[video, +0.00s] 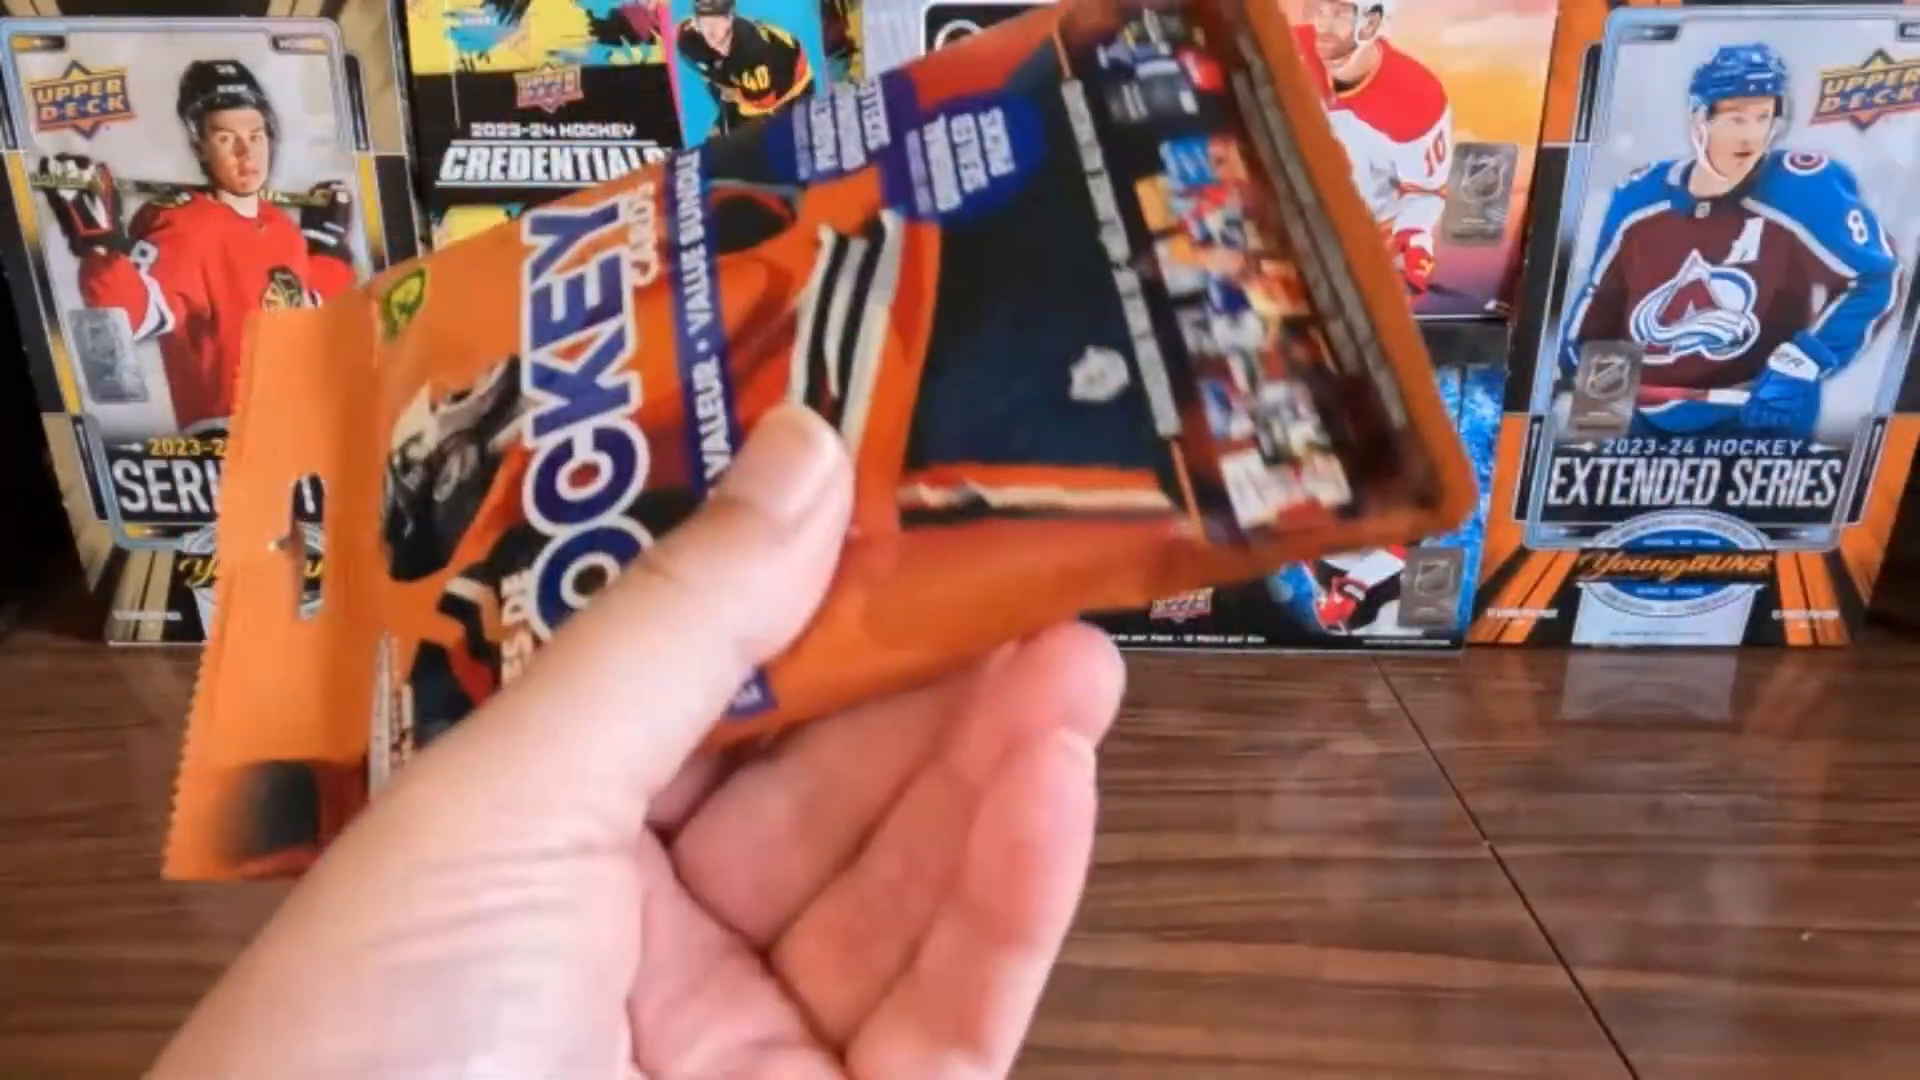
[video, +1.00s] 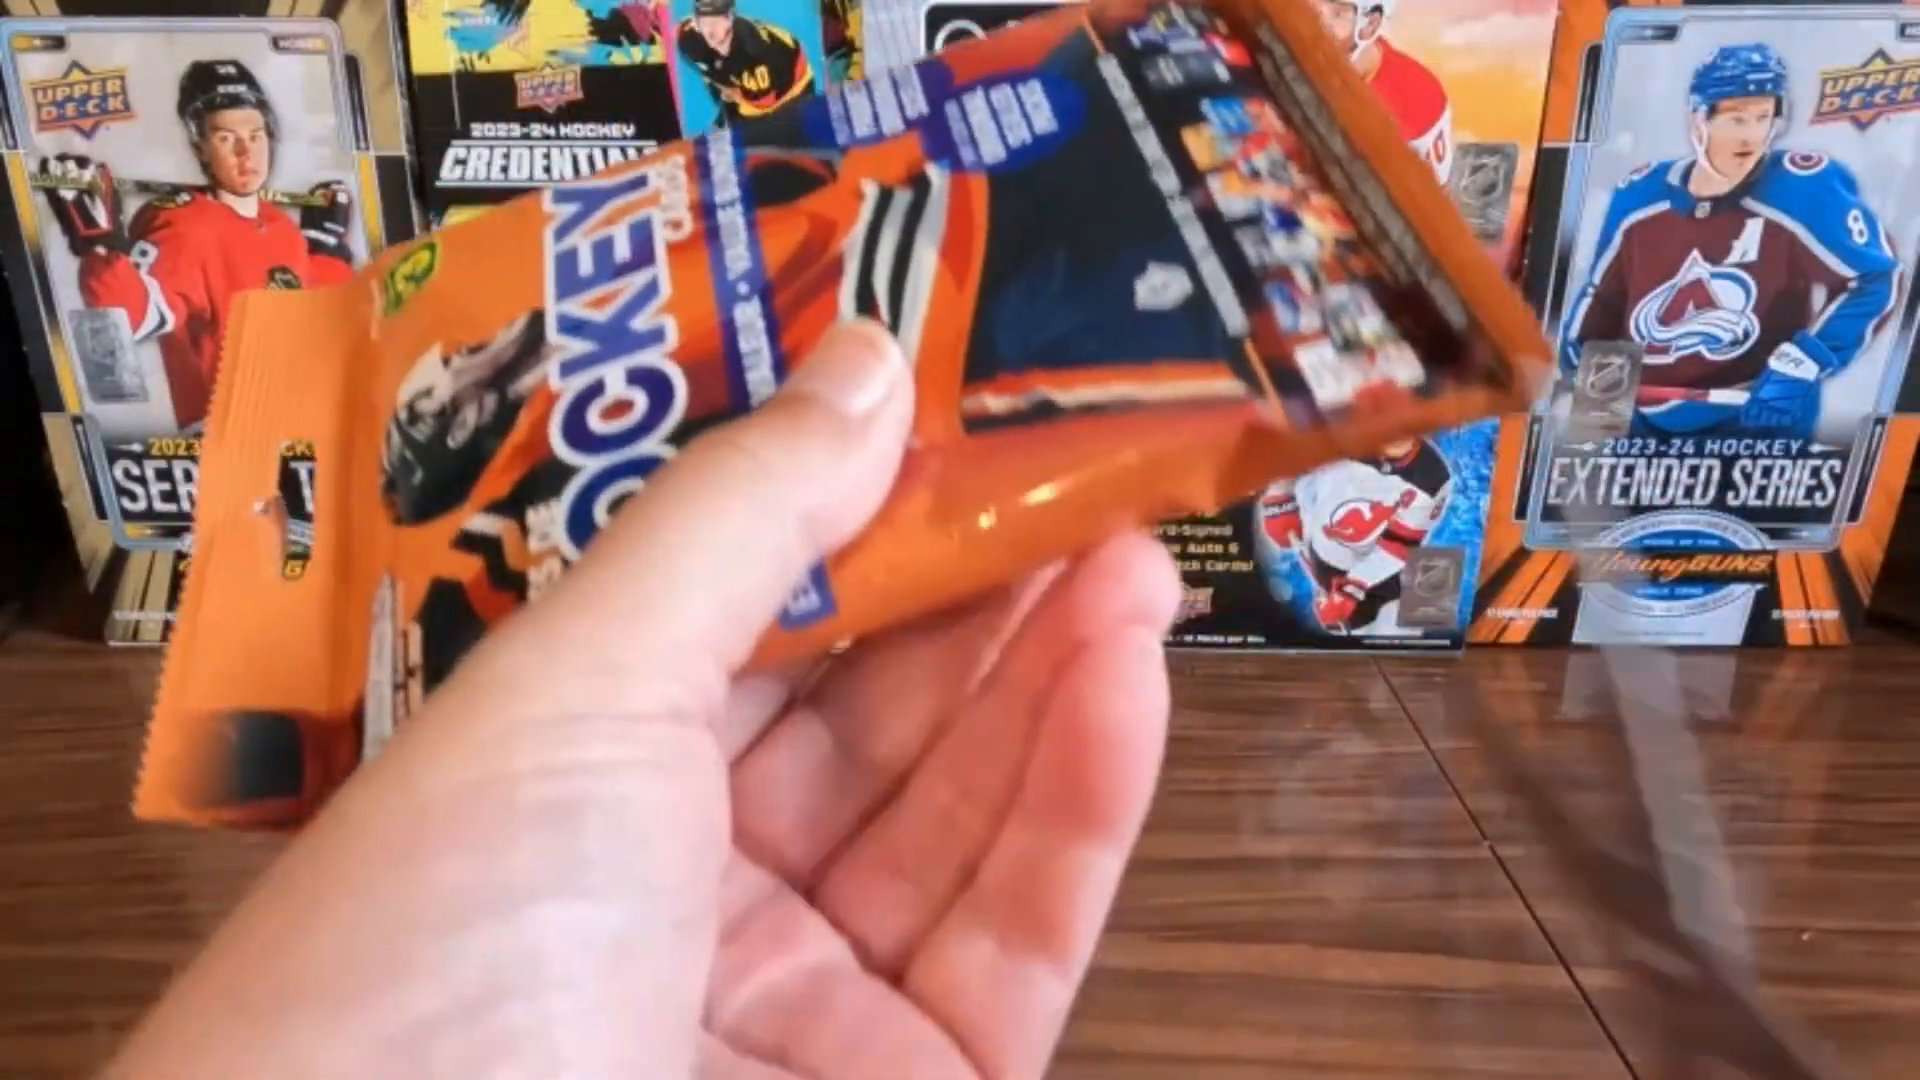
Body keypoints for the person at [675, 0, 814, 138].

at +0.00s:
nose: (711, 31)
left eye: (718, 22)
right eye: (705, 23)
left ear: (730, 19)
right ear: (695, 23)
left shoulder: (754, 47)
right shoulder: (688, 39)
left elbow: (765, 103)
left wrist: (738, 98)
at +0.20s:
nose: (713, 31)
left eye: (719, 22)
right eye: (706, 24)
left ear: (730, 19)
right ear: (695, 23)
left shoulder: (755, 48)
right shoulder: (688, 38)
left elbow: (760, 107)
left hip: (791, 92)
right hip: (741, 97)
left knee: (798, 158)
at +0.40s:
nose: (712, 30)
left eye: (718, 22)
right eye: (706, 22)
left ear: (731, 19)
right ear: (696, 23)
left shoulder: (754, 49)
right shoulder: (689, 38)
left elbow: (757, 109)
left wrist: (736, 155)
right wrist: (723, 89)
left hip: (789, 91)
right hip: (740, 96)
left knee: (802, 159)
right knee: (717, 150)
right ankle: (698, 220)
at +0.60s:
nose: (712, 30)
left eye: (718, 22)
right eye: (705, 23)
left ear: (730, 19)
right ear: (696, 23)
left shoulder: (754, 47)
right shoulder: (689, 37)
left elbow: (757, 107)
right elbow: (707, 69)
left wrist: (736, 156)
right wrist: (723, 88)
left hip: (790, 89)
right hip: (741, 95)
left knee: (803, 161)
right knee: (717, 146)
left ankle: (835, 226)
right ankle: (699, 218)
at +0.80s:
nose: (712, 30)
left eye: (718, 22)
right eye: (705, 23)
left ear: (730, 19)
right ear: (696, 23)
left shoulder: (754, 49)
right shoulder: (689, 37)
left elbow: (757, 109)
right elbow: (709, 71)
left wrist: (735, 158)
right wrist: (723, 89)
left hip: (789, 89)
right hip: (740, 94)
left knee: (801, 157)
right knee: (717, 146)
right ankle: (699, 217)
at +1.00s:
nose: (713, 30)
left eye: (719, 21)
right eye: (707, 23)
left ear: (730, 18)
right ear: (696, 22)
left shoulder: (755, 45)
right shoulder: (688, 39)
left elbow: (766, 102)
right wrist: (728, 90)